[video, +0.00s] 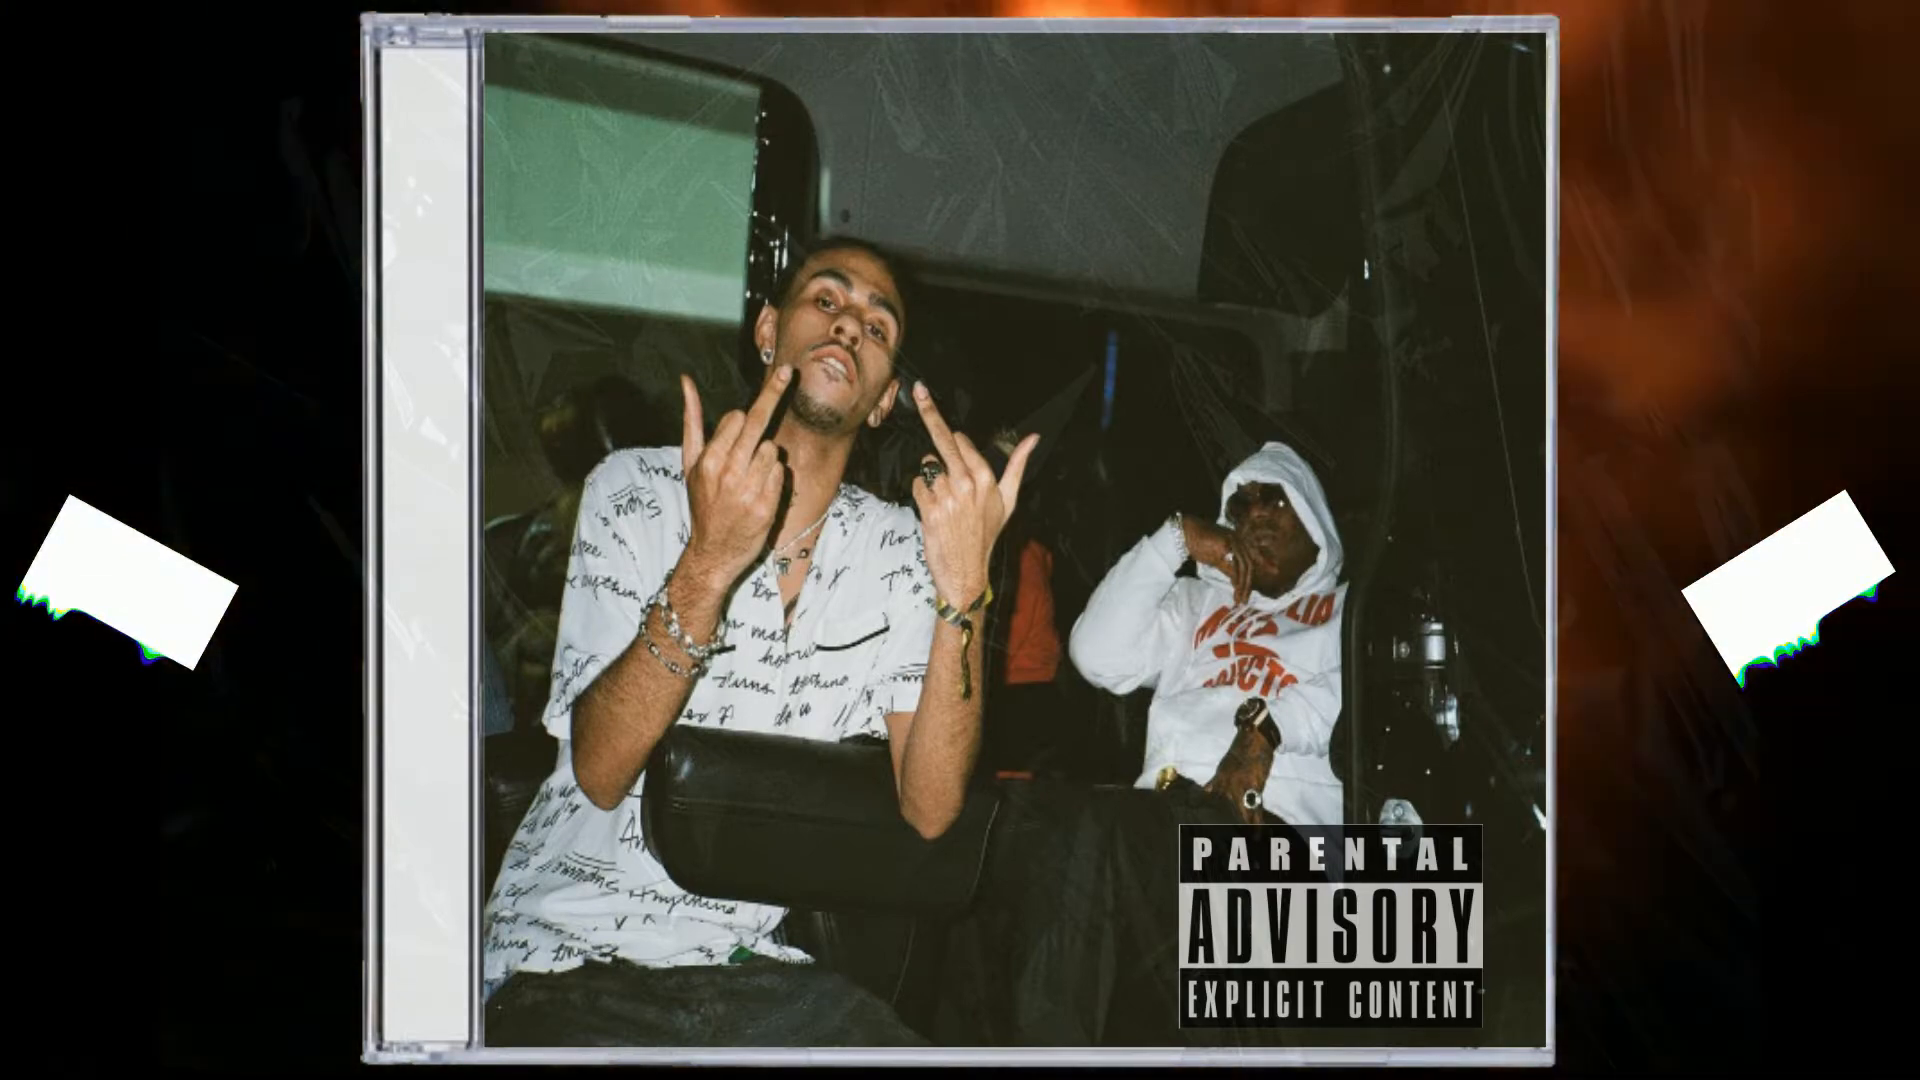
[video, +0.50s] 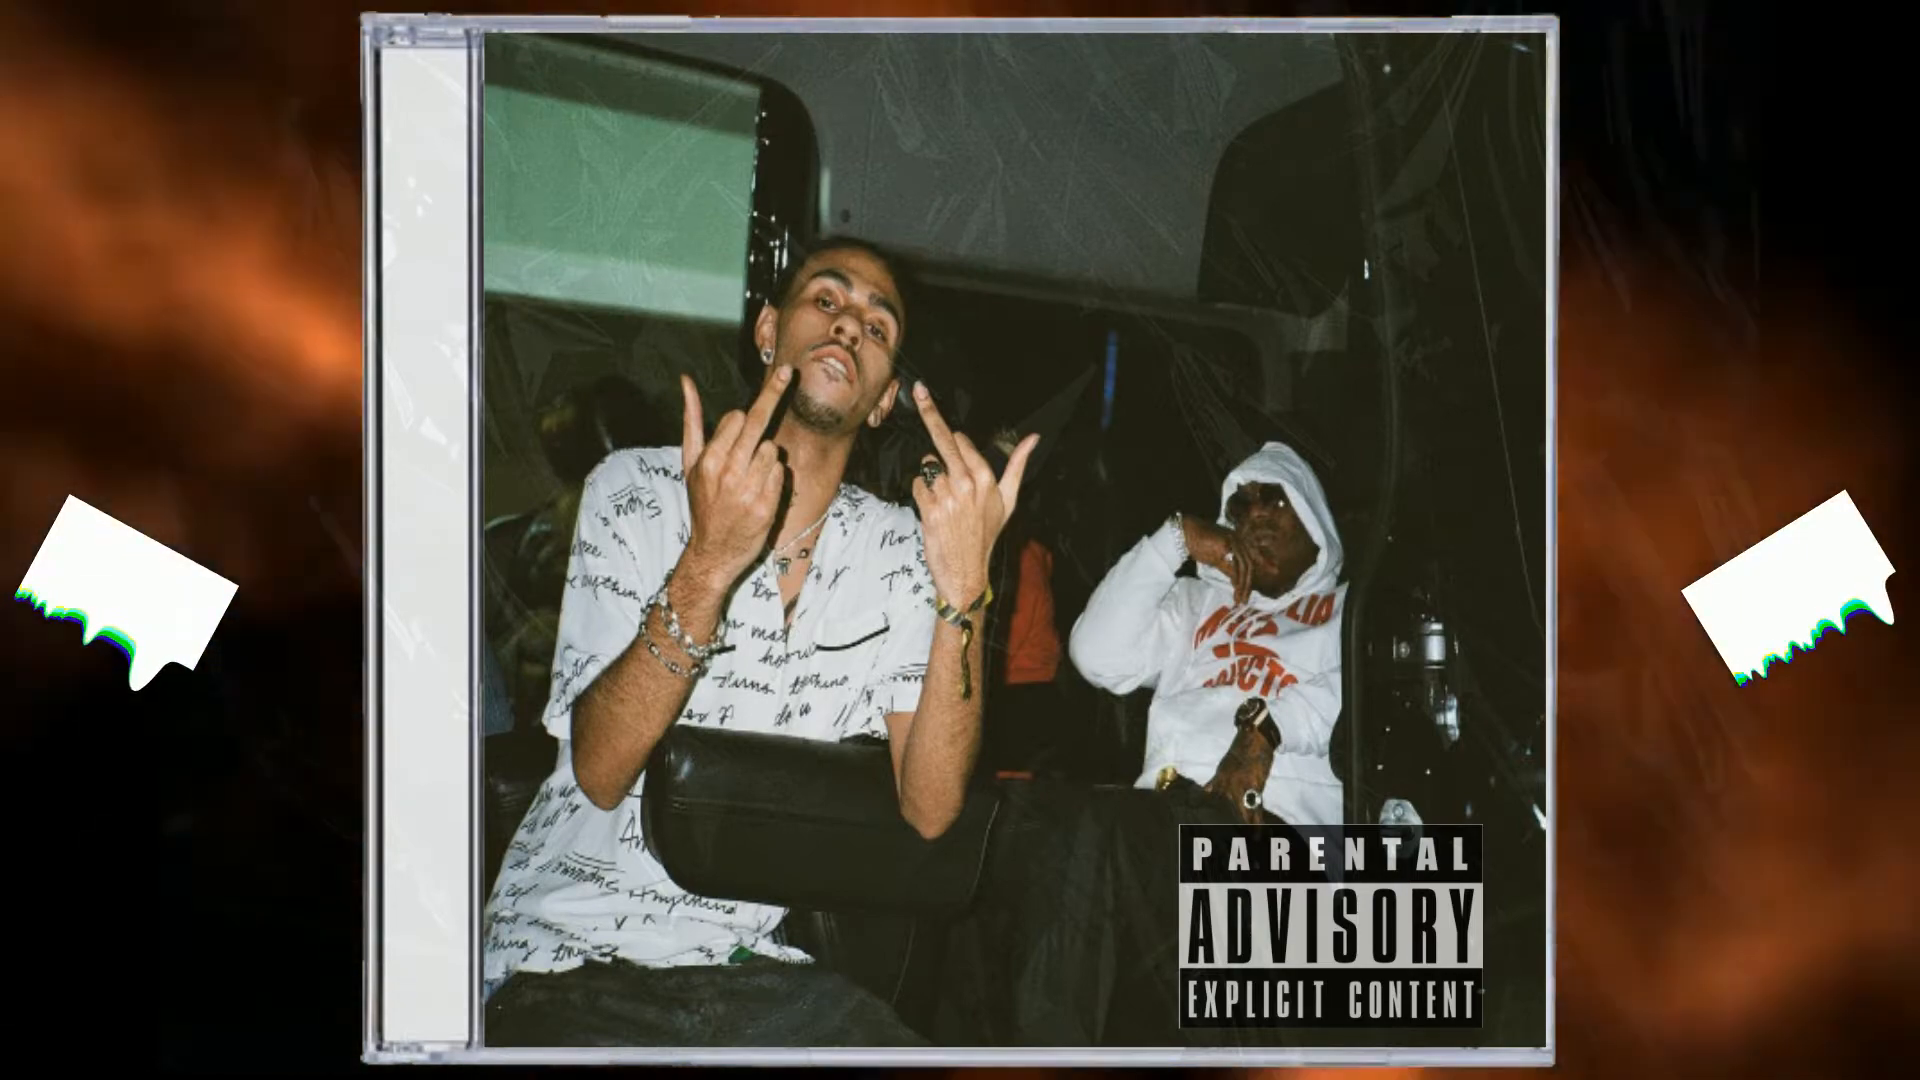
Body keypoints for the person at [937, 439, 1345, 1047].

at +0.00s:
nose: (1259, 517)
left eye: (1280, 501)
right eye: (1246, 502)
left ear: (1319, 521)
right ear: (1227, 523)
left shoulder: (1352, 606)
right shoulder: (1197, 601)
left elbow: (1355, 702)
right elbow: (1099, 658)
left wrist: (1269, 725)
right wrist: (1176, 539)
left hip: (1287, 817)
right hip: (1166, 808)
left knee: (1096, 826)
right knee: (1025, 812)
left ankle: (1051, 1052)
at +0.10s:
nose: (1260, 516)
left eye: (1280, 500)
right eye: (1246, 502)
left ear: (1319, 521)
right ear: (1227, 522)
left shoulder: (1351, 607)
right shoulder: (1196, 601)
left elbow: (1351, 706)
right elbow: (1100, 658)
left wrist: (1267, 724)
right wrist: (1176, 539)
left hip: (1286, 818)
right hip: (1165, 807)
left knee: (1095, 826)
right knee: (1026, 811)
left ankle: (1052, 1053)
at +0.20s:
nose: (1259, 517)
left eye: (1280, 501)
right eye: (1246, 502)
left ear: (1319, 521)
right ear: (1227, 523)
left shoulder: (1352, 606)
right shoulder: (1197, 601)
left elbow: (1355, 702)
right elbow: (1099, 658)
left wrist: (1269, 725)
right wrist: (1176, 539)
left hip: (1287, 816)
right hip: (1166, 807)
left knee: (1096, 826)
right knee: (1025, 812)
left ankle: (1051, 1056)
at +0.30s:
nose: (1261, 516)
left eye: (1280, 500)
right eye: (1247, 501)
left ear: (1318, 521)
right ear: (1227, 523)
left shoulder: (1351, 608)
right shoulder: (1196, 601)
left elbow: (1355, 704)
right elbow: (1100, 658)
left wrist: (1266, 723)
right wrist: (1177, 539)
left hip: (1287, 816)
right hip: (1166, 806)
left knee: (1096, 825)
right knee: (1026, 811)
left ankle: (1051, 1054)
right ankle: (969, 1049)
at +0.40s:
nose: (1260, 516)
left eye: (1280, 501)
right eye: (1246, 502)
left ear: (1318, 522)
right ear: (1227, 523)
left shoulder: (1351, 606)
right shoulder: (1196, 601)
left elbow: (1351, 705)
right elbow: (1099, 658)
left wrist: (1267, 725)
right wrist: (1176, 539)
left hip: (1285, 818)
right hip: (1164, 807)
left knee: (1094, 826)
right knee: (1026, 811)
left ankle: (1051, 1053)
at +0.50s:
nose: (1260, 516)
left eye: (1280, 501)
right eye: (1246, 502)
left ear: (1319, 522)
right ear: (1227, 523)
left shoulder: (1351, 607)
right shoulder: (1196, 601)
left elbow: (1354, 705)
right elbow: (1100, 658)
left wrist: (1267, 724)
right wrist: (1176, 540)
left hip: (1287, 816)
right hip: (1166, 806)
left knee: (1096, 826)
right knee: (1025, 812)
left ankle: (1052, 1054)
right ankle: (969, 1050)